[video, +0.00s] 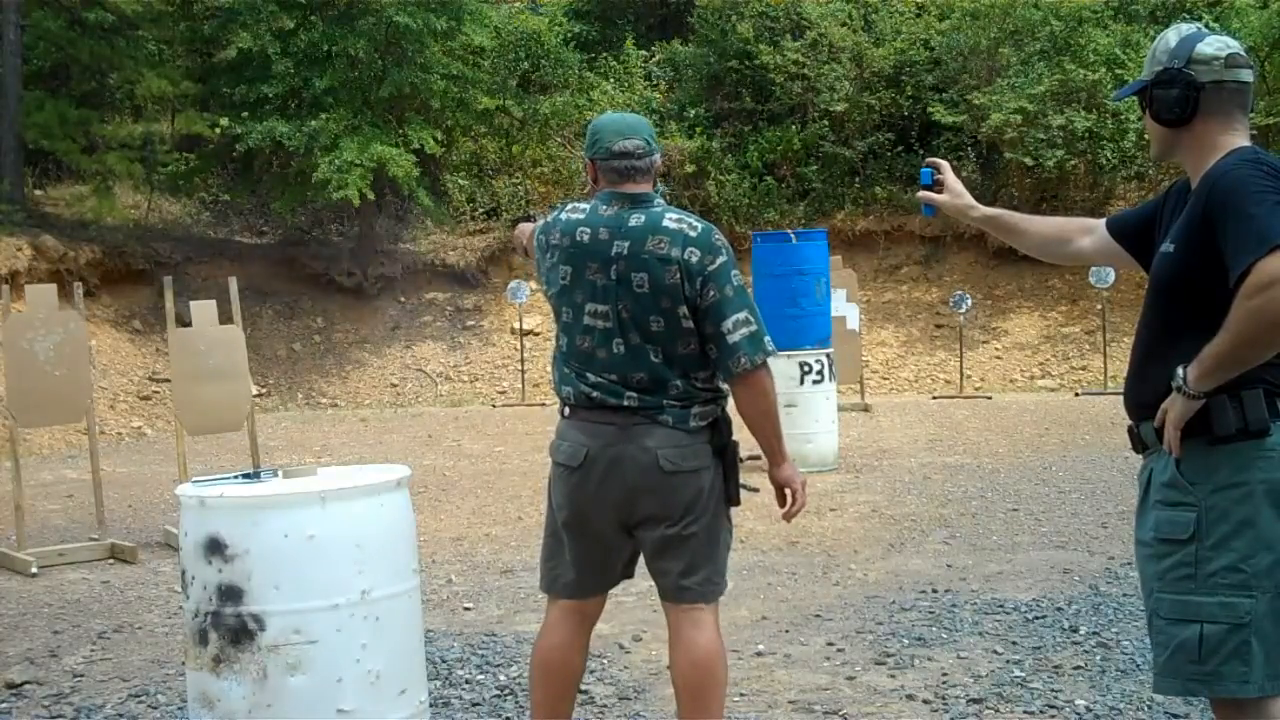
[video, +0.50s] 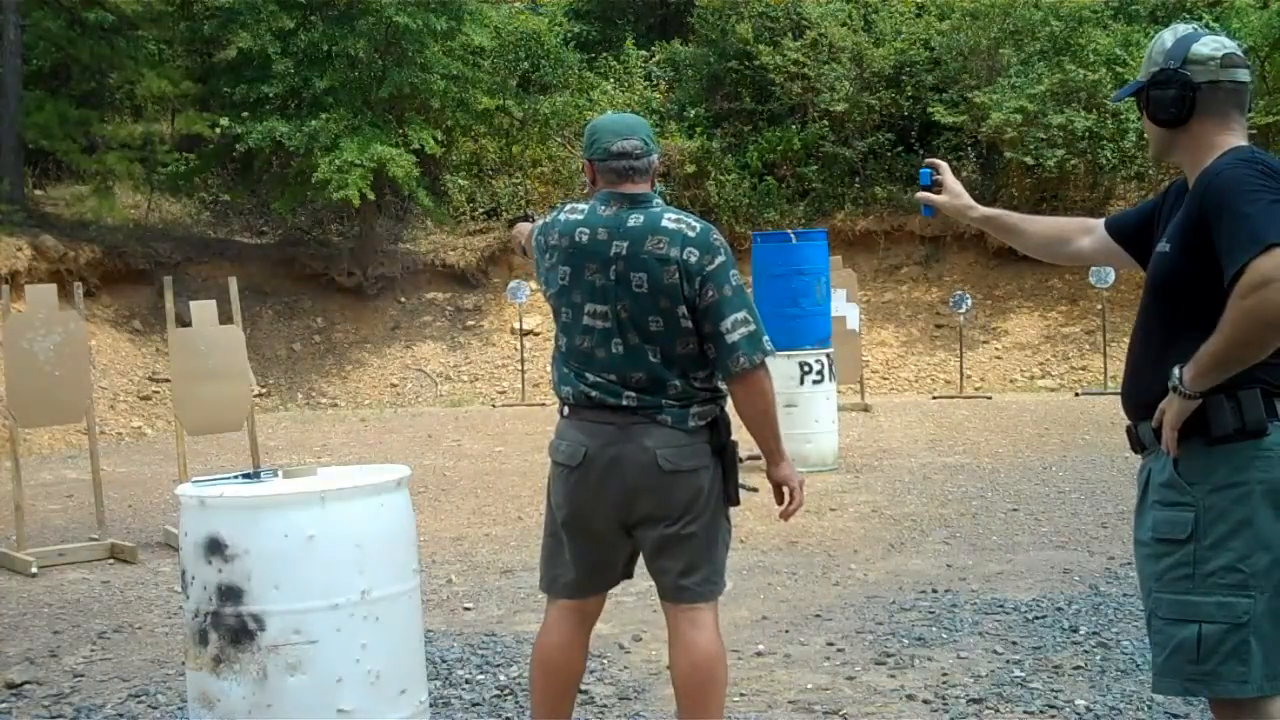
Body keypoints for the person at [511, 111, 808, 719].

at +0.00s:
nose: (585, 172)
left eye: (586, 165)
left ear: (592, 170)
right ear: (658, 166)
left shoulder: (562, 233)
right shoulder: (697, 240)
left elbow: (527, 236)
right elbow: (747, 365)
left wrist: (533, 228)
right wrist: (778, 458)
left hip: (584, 447)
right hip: (682, 452)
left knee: (570, 608)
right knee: (693, 612)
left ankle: (547, 715)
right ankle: (703, 718)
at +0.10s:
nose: (585, 172)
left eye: (586, 165)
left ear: (592, 170)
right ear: (658, 166)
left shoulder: (563, 233)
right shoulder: (698, 240)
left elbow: (527, 236)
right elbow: (746, 365)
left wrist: (528, 230)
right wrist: (778, 459)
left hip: (584, 447)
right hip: (682, 452)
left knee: (570, 608)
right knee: (693, 612)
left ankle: (547, 715)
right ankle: (703, 719)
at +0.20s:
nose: (585, 172)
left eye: (586, 165)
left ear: (591, 170)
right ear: (657, 165)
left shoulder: (561, 232)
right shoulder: (696, 239)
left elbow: (531, 237)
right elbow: (745, 365)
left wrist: (529, 231)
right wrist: (777, 460)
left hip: (584, 447)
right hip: (682, 452)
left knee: (570, 608)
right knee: (693, 612)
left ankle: (547, 715)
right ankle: (703, 719)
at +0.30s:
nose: (583, 173)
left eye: (585, 166)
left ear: (591, 170)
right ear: (656, 166)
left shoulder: (563, 232)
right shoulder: (696, 239)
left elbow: (529, 238)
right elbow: (745, 366)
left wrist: (528, 231)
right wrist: (776, 458)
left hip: (585, 447)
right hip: (682, 452)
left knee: (570, 608)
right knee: (693, 612)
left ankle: (546, 715)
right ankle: (704, 718)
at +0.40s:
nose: (584, 174)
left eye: (585, 167)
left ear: (591, 171)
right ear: (656, 166)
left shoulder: (562, 233)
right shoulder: (696, 240)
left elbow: (527, 236)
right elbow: (745, 365)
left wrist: (528, 230)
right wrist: (776, 457)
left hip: (583, 447)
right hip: (681, 451)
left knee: (569, 607)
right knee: (693, 612)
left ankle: (547, 715)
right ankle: (703, 718)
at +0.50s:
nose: (583, 174)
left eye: (585, 167)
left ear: (590, 172)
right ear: (656, 167)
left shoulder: (562, 234)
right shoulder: (696, 240)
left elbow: (528, 235)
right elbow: (745, 365)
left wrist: (530, 229)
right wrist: (776, 456)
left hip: (584, 446)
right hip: (681, 450)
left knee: (569, 606)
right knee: (693, 611)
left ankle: (547, 715)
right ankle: (703, 719)